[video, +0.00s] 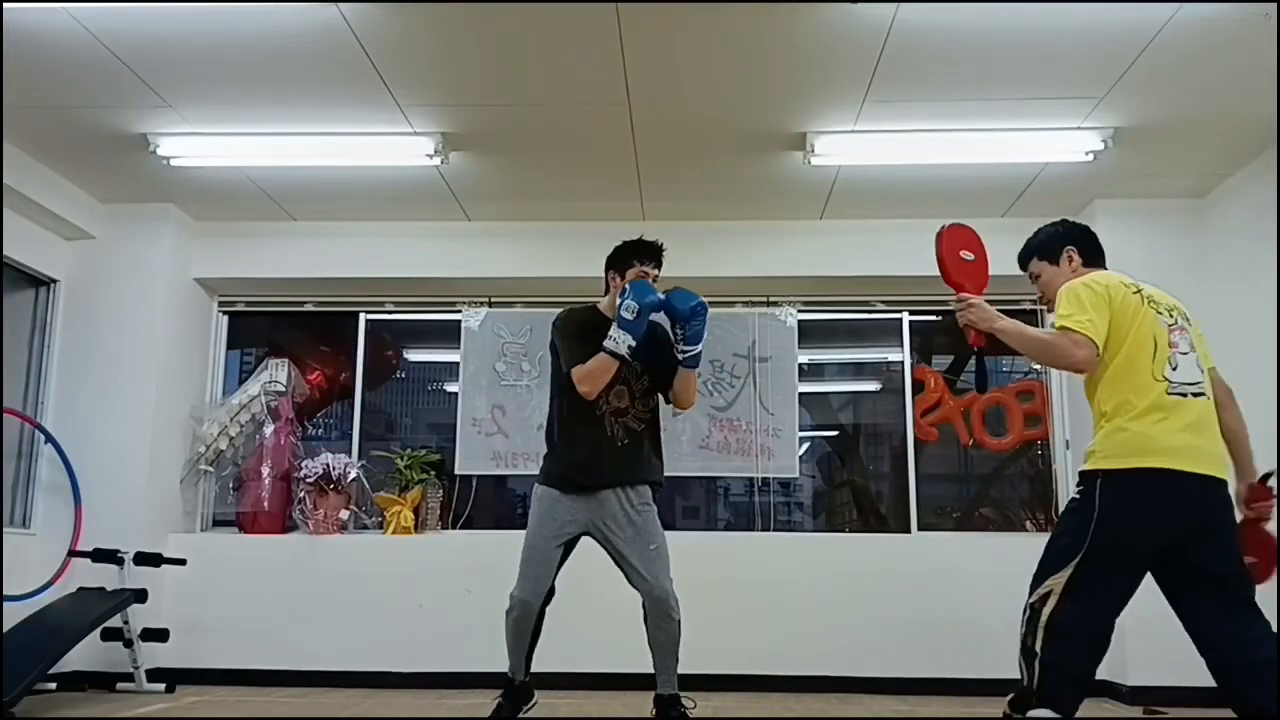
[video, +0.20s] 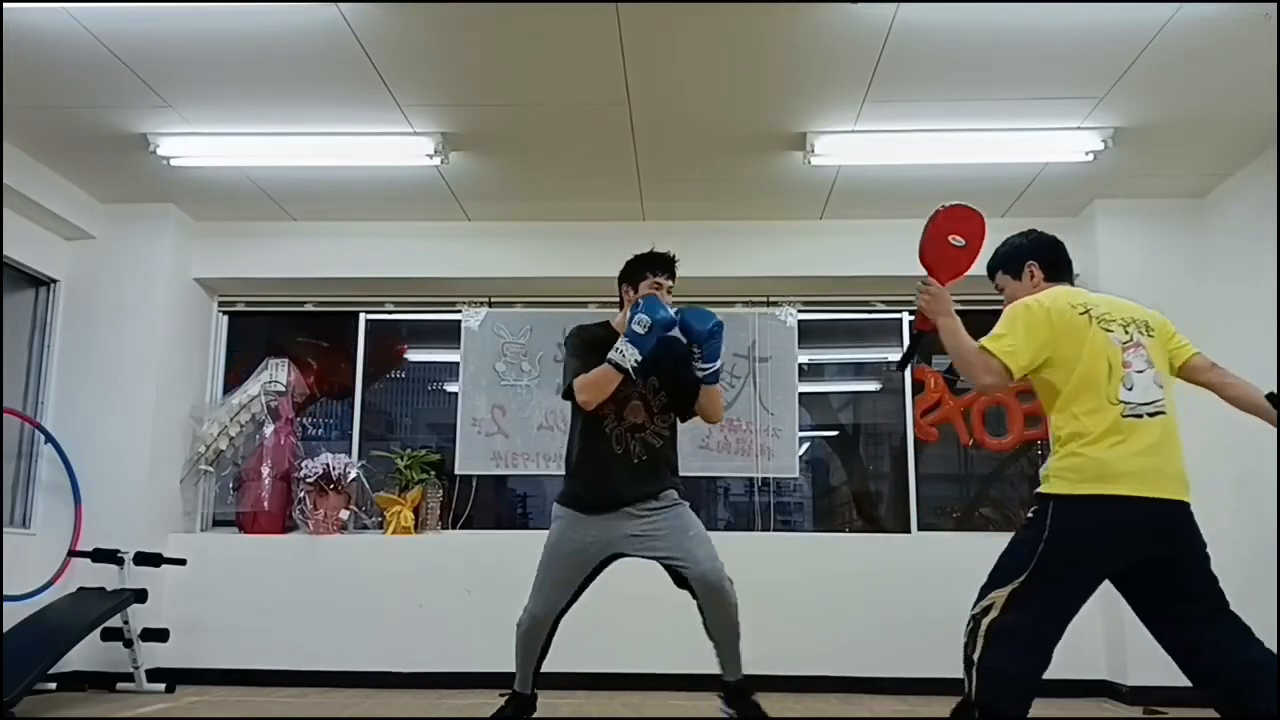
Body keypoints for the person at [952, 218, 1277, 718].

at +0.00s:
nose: (1038, 294)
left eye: (1038, 277)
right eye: (1033, 283)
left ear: (1071, 258)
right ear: (1089, 262)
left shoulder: (1088, 287)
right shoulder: (1173, 308)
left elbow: (1080, 353)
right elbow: (1221, 396)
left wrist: (997, 323)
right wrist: (1248, 480)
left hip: (1127, 480)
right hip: (1204, 489)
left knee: (1064, 606)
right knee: (1234, 623)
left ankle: (1044, 708)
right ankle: (1267, 705)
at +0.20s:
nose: (1004, 304)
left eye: (1004, 291)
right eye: (1000, 295)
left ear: (1032, 274)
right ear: (1054, 274)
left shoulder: (1040, 309)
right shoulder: (1141, 317)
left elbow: (987, 375)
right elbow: (1213, 374)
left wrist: (946, 318)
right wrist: (1272, 412)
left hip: (1081, 504)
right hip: (1162, 508)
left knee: (1004, 627)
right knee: (1212, 634)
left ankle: (987, 709)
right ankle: (1269, 701)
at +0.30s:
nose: (964, 291)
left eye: (964, 282)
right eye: (961, 283)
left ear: (990, 270)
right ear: (1026, 269)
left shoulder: (980, 306)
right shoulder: (1100, 314)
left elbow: (899, 362)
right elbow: (1169, 374)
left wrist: (865, 304)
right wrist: (1246, 433)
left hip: (1028, 505)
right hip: (1116, 505)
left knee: (971, 632)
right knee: (1186, 623)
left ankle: (977, 710)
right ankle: (1266, 702)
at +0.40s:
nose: (927, 266)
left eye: (927, 258)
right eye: (926, 259)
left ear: (948, 248)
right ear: (990, 245)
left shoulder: (931, 283)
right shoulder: (1056, 294)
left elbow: (849, 333)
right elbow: (1118, 372)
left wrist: (816, 302)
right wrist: (1161, 448)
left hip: (983, 493)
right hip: (1071, 487)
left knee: (959, 636)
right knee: (1135, 611)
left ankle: (969, 712)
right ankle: (1217, 703)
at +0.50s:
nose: (902, 229)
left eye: (901, 221)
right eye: (901, 222)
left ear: (920, 212)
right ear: (966, 213)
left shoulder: (906, 249)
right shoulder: (1027, 255)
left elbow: (853, 320)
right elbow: (1074, 335)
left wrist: (816, 356)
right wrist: (1075, 419)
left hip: (950, 449)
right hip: (1032, 447)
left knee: (952, 587)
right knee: (1052, 581)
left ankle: (955, 706)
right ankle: (1087, 702)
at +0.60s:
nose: (874, 219)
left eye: (875, 209)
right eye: (874, 210)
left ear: (893, 199)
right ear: (938, 198)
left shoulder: (883, 241)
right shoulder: (1004, 245)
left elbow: (856, 323)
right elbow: (1042, 330)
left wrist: (826, 392)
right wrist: (1036, 412)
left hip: (922, 430)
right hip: (999, 434)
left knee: (909, 570)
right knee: (987, 574)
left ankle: (899, 703)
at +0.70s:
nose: (843, 247)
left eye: (842, 233)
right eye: (839, 235)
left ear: (864, 220)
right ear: (901, 219)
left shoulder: (862, 266)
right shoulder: (973, 269)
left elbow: (838, 358)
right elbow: (1013, 357)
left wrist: (819, 431)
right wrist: (1010, 445)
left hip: (892, 455)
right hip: (970, 464)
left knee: (846, 583)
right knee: (934, 605)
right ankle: (949, 711)